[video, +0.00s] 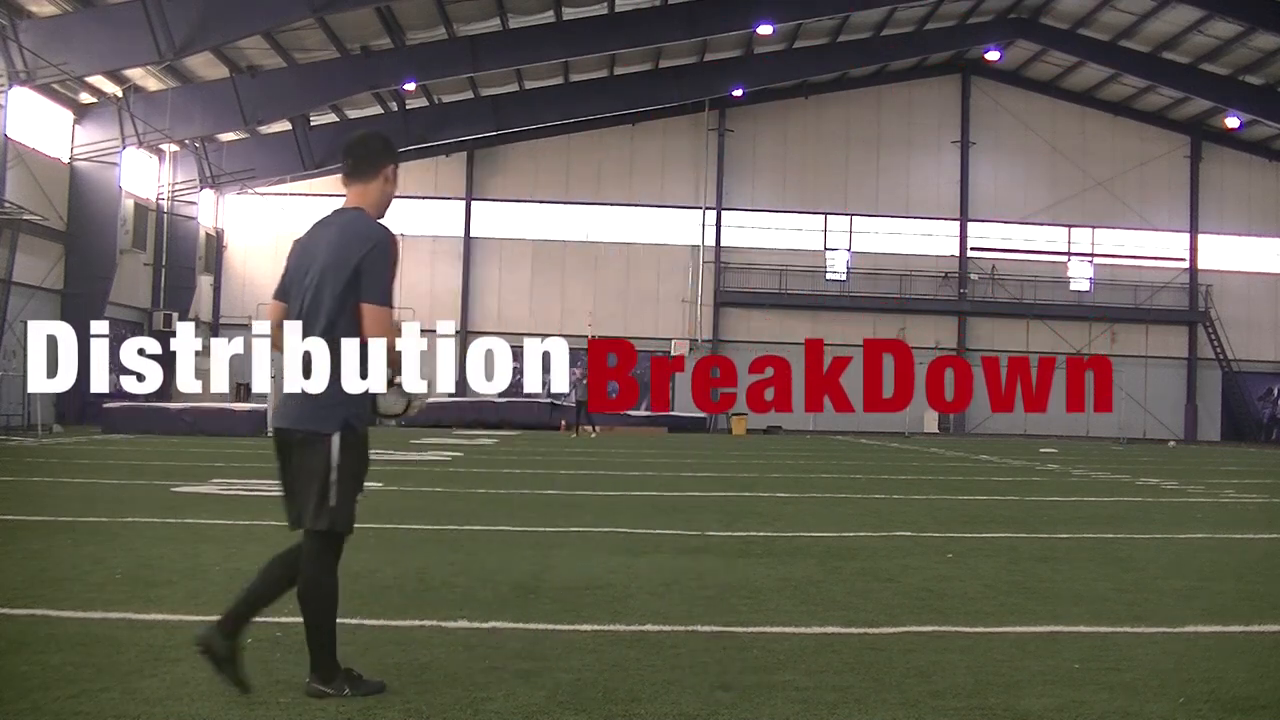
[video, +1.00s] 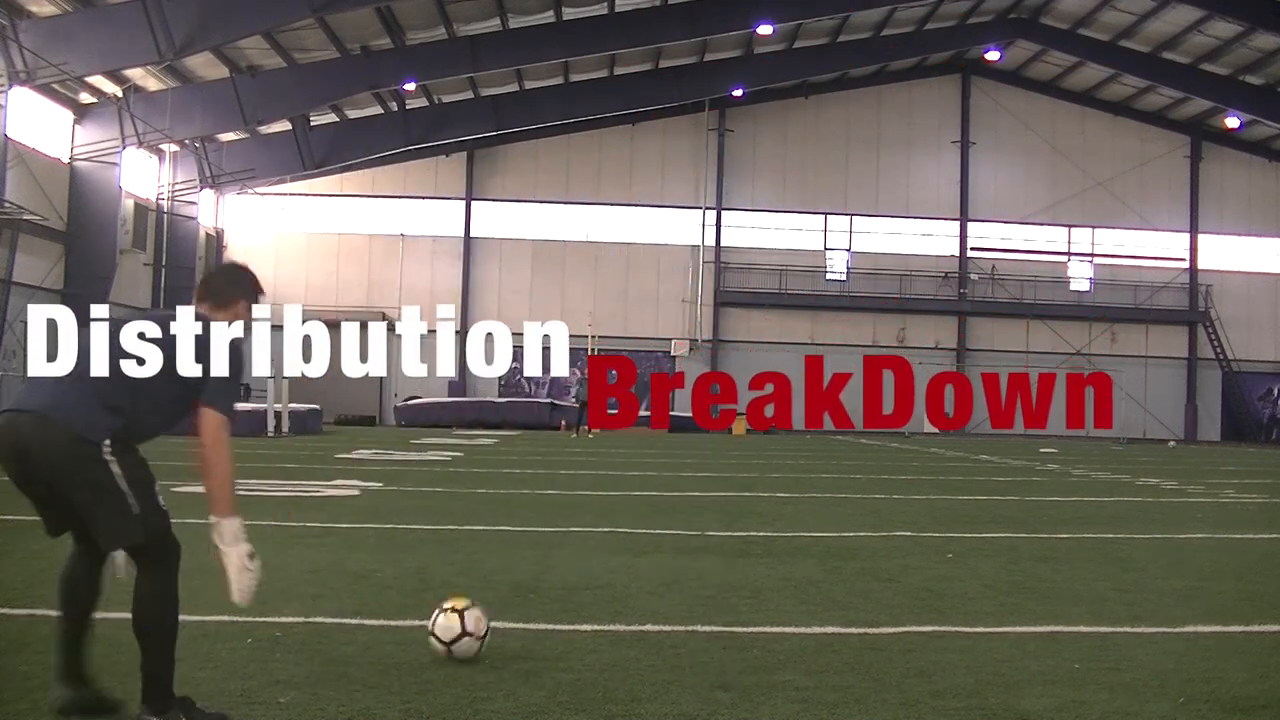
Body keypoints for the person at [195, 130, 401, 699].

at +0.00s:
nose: (397, 189)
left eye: (395, 179)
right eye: (396, 179)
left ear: (345, 176)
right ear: (388, 176)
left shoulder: (308, 238)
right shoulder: (374, 237)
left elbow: (277, 319)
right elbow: (377, 327)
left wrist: (300, 376)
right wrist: (393, 386)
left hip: (294, 412)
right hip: (334, 416)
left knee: (316, 542)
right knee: (323, 541)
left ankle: (224, 633)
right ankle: (325, 674)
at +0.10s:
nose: (381, 198)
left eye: (379, 187)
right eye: (382, 187)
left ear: (330, 183)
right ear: (373, 183)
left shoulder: (291, 241)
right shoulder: (357, 241)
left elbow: (255, 327)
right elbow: (352, 335)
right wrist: (363, 397)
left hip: (255, 416)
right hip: (303, 420)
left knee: (260, 541)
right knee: (308, 547)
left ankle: (173, 660)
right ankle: (327, 673)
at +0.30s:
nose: (358, 262)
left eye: (359, 253)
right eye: (360, 252)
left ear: (311, 240)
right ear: (352, 245)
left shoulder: (264, 273)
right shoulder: (336, 286)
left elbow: (227, 358)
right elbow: (326, 378)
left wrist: (267, 444)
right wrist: (336, 453)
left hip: (171, 404)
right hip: (228, 414)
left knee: (185, 541)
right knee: (260, 538)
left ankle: (157, 687)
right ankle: (275, 672)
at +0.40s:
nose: (350, 305)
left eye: (353, 296)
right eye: (352, 294)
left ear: (304, 278)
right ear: (342, 285)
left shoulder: (249, 299)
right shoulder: (324, 315)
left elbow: (215, 390)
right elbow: (311, 404)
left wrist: (237, 500)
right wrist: (304, 488)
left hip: (144, 398)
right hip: (201, 406)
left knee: (165, 539)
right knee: (225, 535)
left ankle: (155, 687)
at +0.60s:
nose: (329, 378)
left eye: (330, 369)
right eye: (328, 368)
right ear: (320, 361)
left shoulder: (228, 355)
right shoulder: (300, 382)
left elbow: (184, 448)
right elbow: (280, 474)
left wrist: (201, 549)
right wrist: (260, 569)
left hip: (93, 403)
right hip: (156, 411)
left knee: (145, 552)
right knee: (188, 553)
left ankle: (154, 694)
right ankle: (160, 702)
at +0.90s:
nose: (273, 359)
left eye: (276, 349)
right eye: (275, 347)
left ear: (227, 326)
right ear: (257, 340)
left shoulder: (176, 342)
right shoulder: (245, 366)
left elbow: (138, 448)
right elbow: (247, 472)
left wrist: (180, 544)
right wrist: (266, 563)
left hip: (37, 432)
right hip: (103, 441)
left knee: (117, 549)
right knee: (181, 558)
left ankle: (140, 684)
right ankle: (160, 704)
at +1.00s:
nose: (246, 323)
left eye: (248, 313)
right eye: (247, 313)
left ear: (198, 300)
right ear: (237, 308)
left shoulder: (154, 323)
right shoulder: (221, 343)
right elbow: (211, 431)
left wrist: (111, 530)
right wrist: (229, 534)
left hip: (14, 427)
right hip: (81, 436)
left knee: (89, 544)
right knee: (160, 555)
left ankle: (71, 686)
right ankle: (160, 703)